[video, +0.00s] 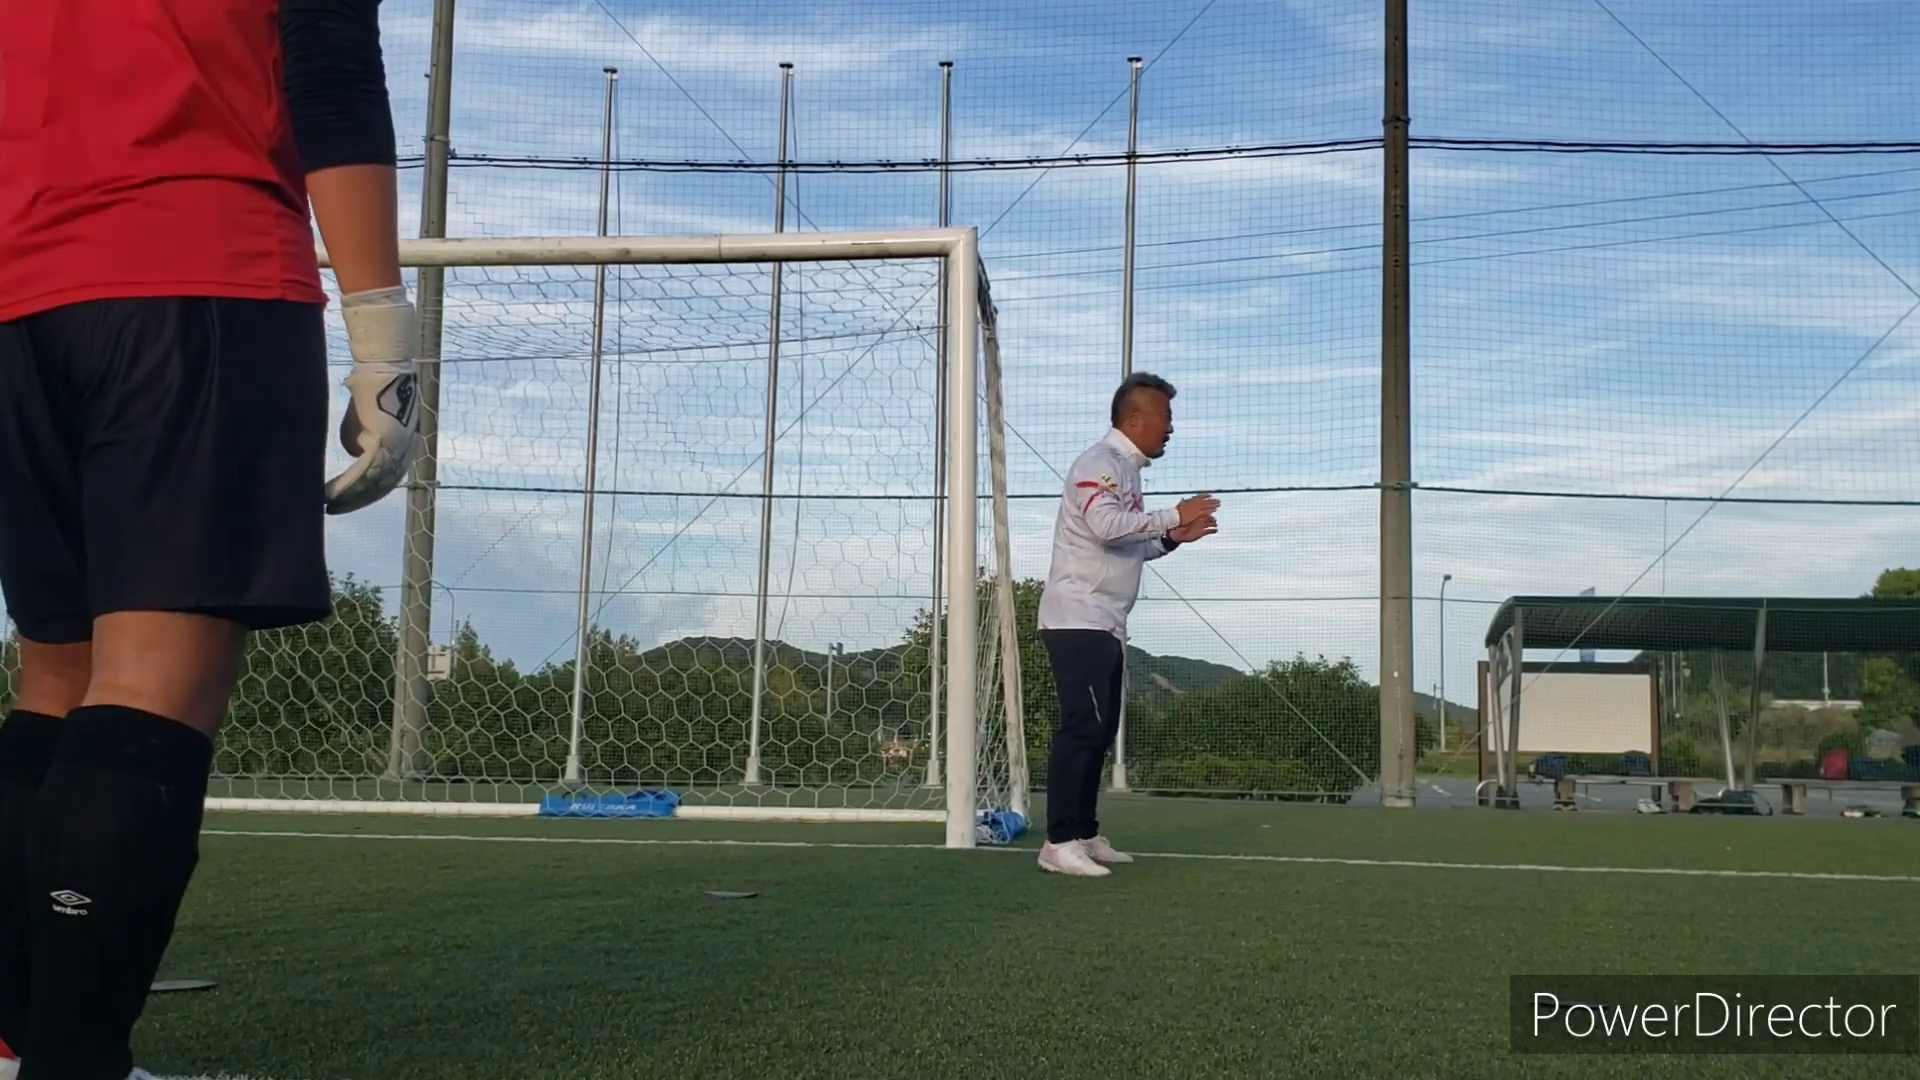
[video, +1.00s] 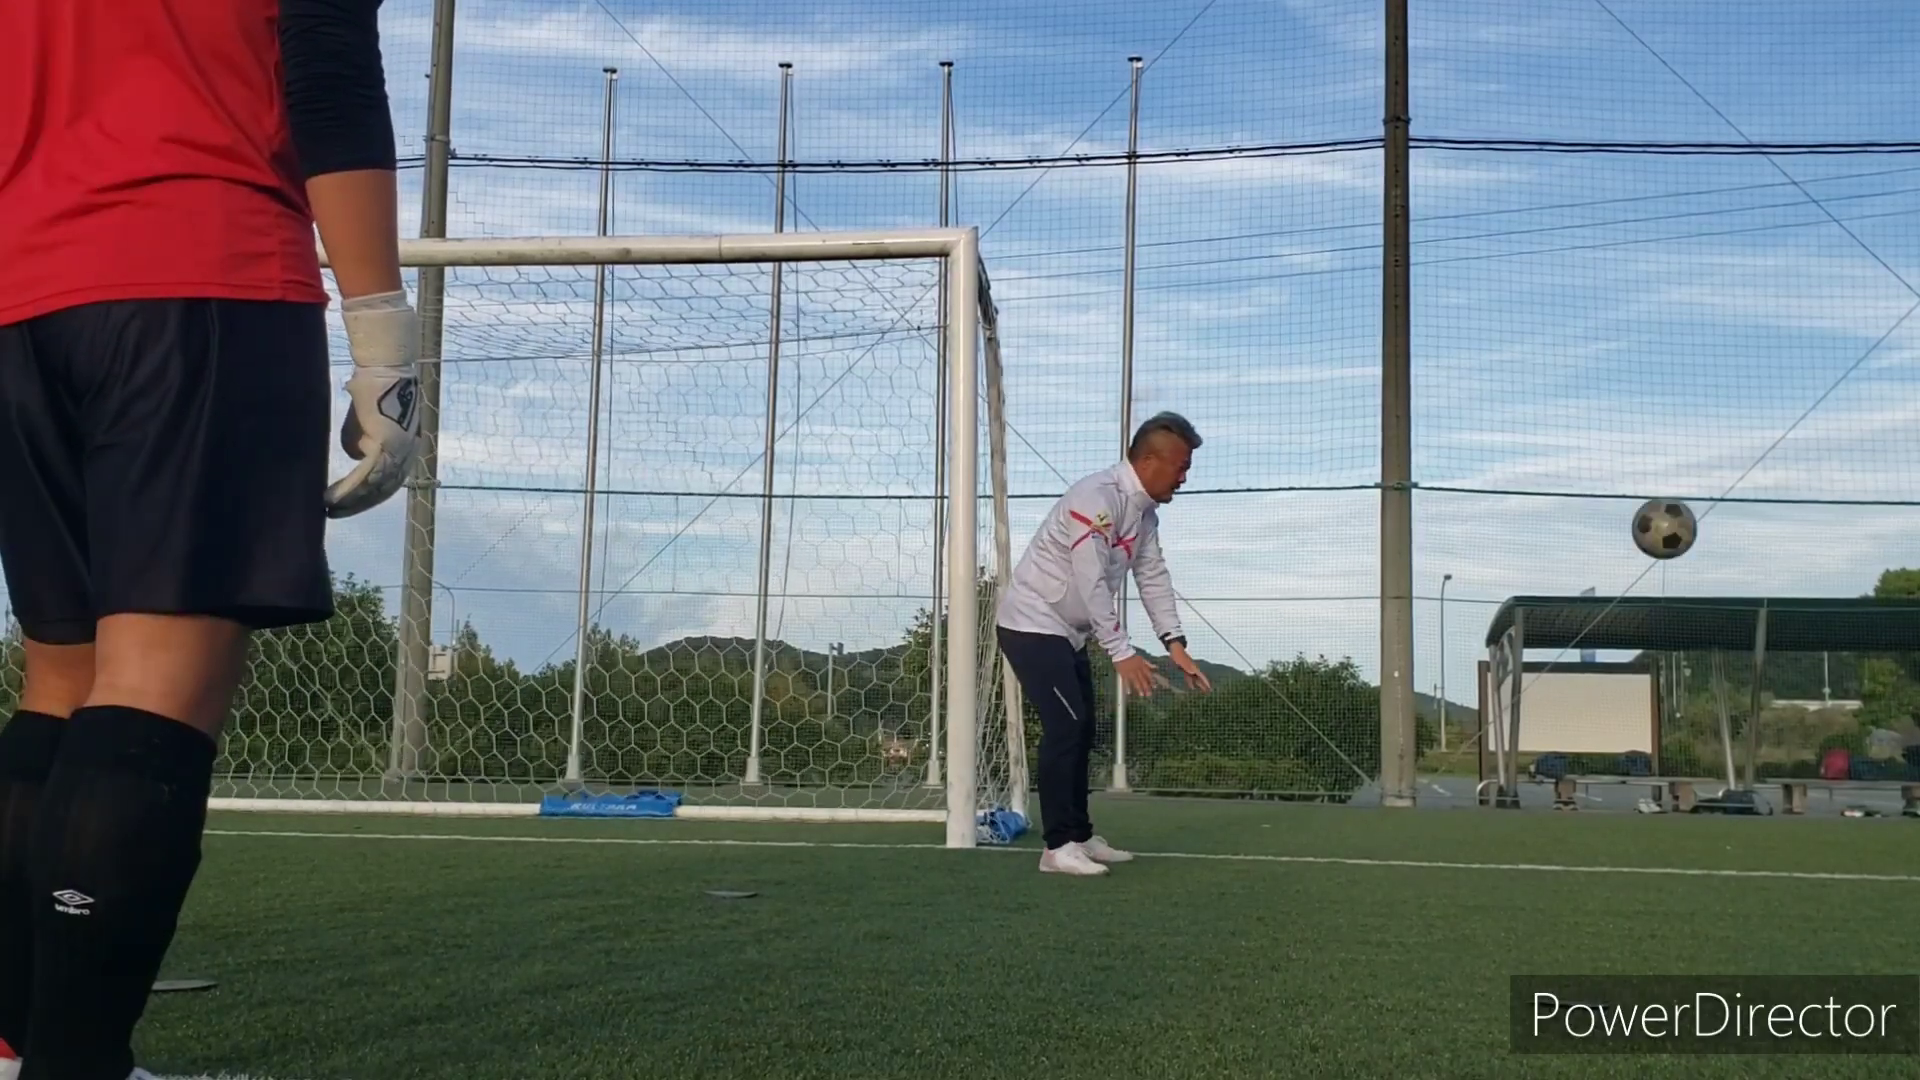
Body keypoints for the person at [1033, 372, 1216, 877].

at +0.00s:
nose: (1171, 429)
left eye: (1170, 419)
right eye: (1164, 418)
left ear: (1140, 420)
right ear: (1132, 418)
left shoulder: (1127, 475)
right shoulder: (1097, 461)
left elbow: (1126, 546)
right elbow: (1104, 522)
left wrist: (1173, 537)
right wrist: (1171, 519)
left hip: (1102, 620)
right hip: (1076, 616)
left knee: (1101, 728)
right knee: (1082, 726)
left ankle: (1084, 835)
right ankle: (1059, 843)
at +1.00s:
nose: (1184, 478)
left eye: (1187, 468)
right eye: (1182, 467)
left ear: (1155, 460)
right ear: (1151, 459)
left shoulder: (1142, 513)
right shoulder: (1097, 496)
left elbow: (1154, 579)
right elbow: (1091, 584)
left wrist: (1174, 643)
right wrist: (1122, 653)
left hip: (1068, 628)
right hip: (1031, 623)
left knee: (1082, 728)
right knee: (1065, 726)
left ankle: (1079, 838)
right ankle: (1058, 848)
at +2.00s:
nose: (1121, 418)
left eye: (1130, 411)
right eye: (1111, 409)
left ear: (1139, 422)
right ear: (1091, 415)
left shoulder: (1129, 485)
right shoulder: (1068, 466)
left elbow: (1137, 555)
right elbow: (1052, 536)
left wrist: (1142, 618)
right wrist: (1084, 600)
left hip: (1105, 621)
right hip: (1064, 615)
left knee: (1102, 728)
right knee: (1076, 722)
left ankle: (1082, 832)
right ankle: (1060, 836)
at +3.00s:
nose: (1119, 424)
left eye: (1118, 414)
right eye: (1112, 413)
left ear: (1088, 419)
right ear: (1082, 416)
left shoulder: (1082, 477)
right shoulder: (1050, 461)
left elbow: (1087, 549)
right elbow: (1053, 520)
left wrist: (1134, 541)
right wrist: (1127, 507)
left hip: (1065, 622)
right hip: (1035, 619)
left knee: (1063, 728)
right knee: (1036, 725)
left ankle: (1044, 831)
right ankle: (1009, 841)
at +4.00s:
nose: (1098, 429)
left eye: (1100, 420)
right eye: (1089, 420)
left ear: (1095, 423)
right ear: (1056, 422)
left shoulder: (1089, 484)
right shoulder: (1025, 472)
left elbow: (1112, 530)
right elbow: (1060, 533)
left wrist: (1148, 552)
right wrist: (1131, 555)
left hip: (1055, 621)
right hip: (1012, 614)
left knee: (1061, 725)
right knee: (1026, 720)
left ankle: (1042, 832)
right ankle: (1008, 841)